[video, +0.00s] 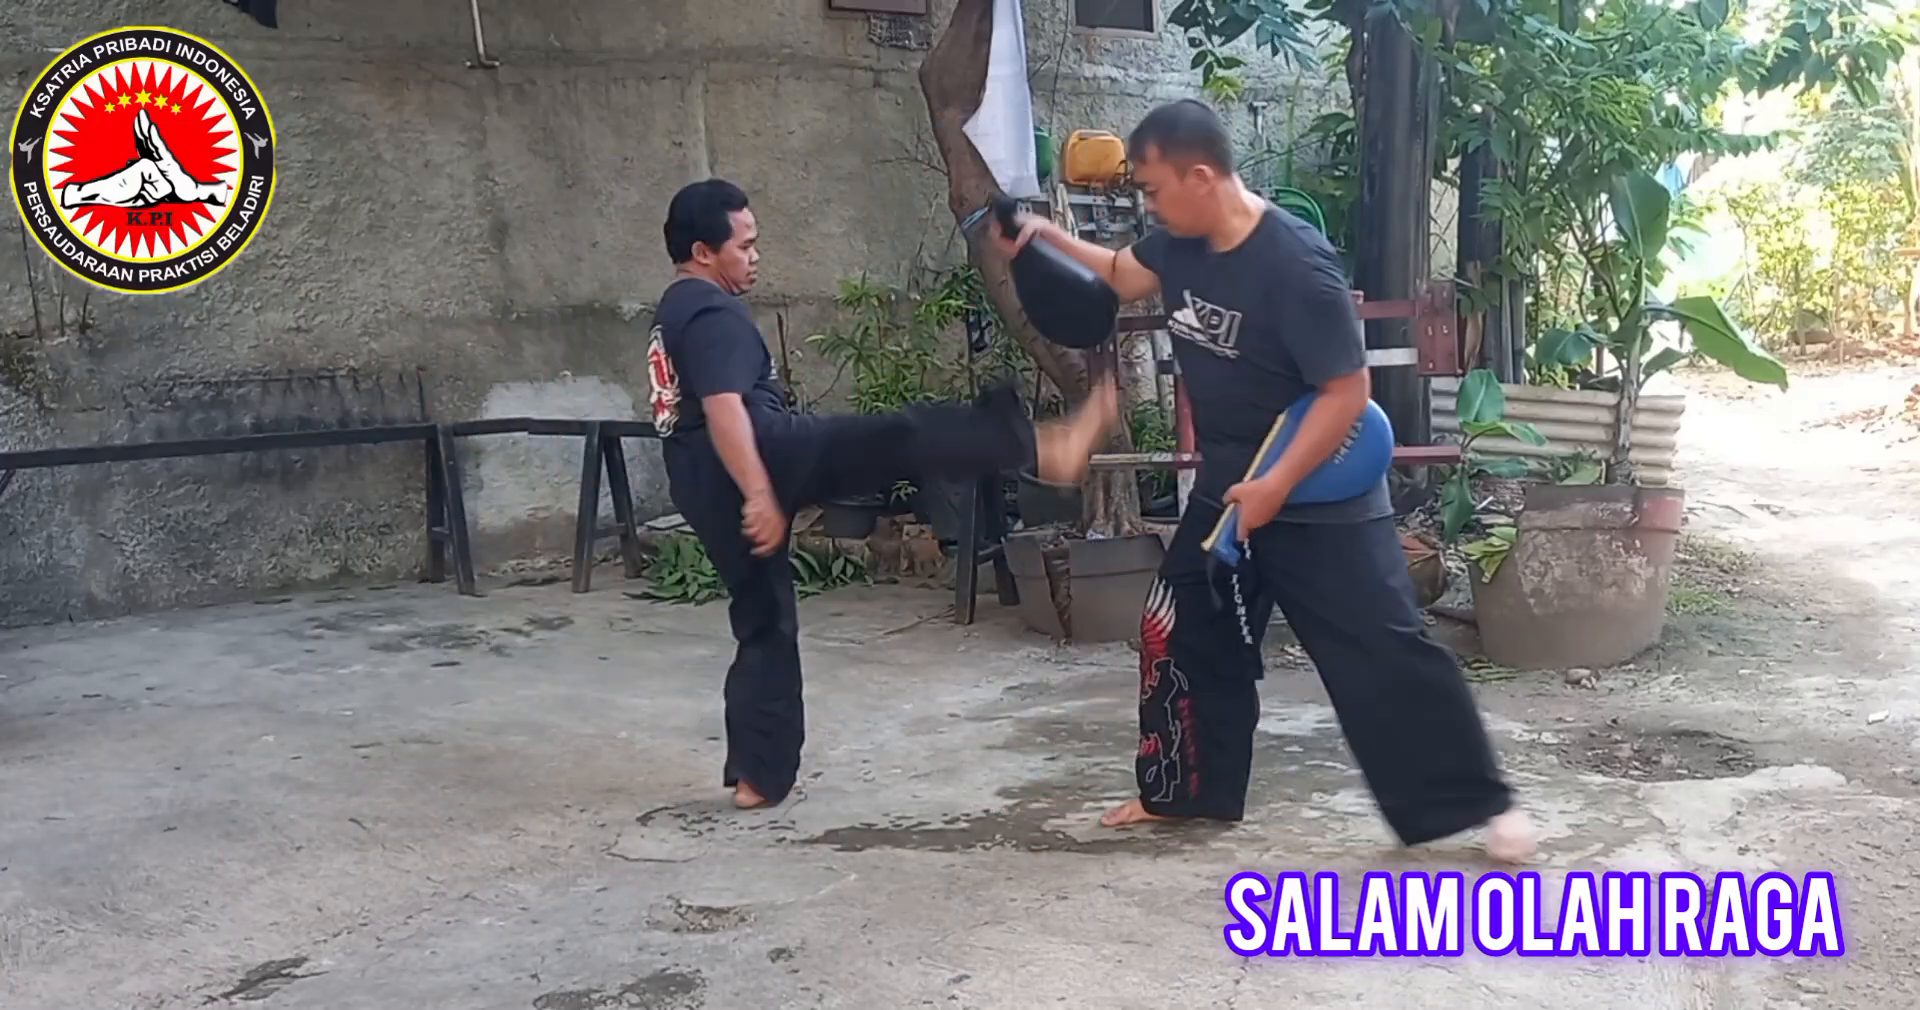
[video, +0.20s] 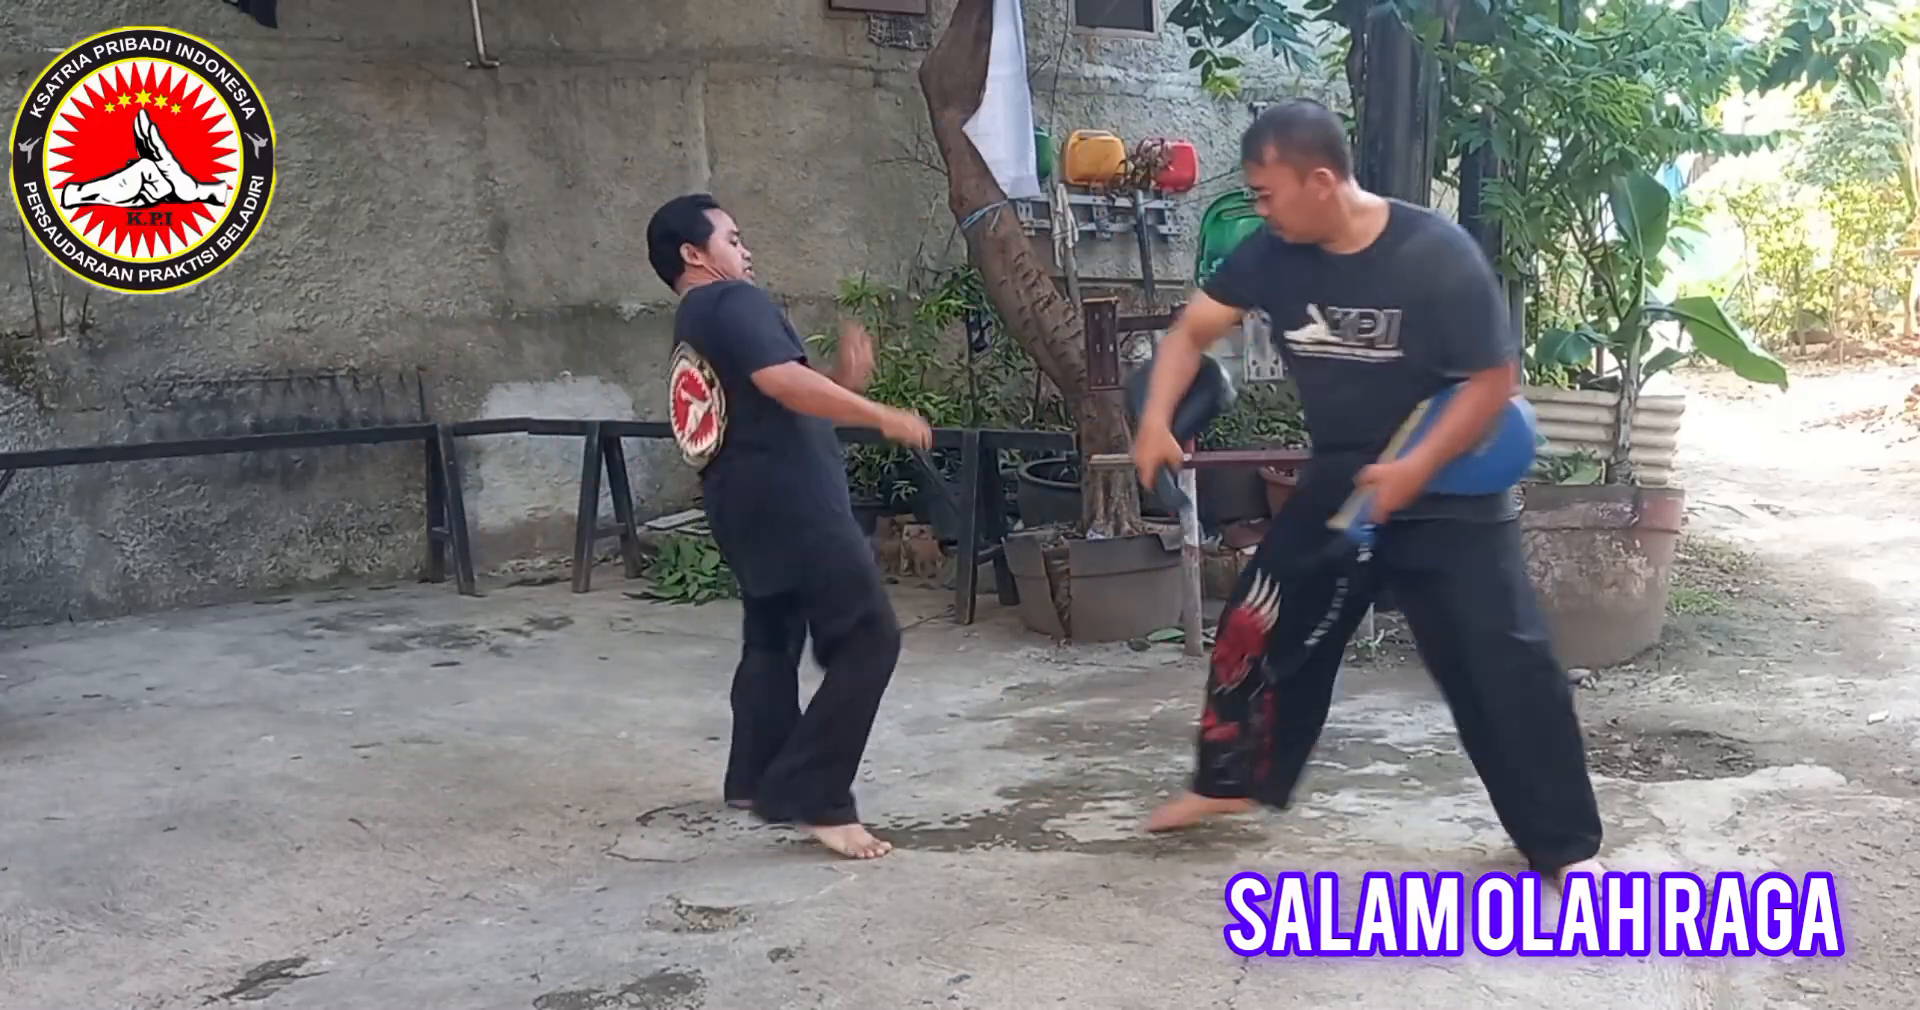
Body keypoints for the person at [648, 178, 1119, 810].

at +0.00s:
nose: (753, 256)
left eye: (752, 243)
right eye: (742, 244)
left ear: (700, 250)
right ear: (701, 250)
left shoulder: (682, 306)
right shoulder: (712, 313)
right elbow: (723, 413)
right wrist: (758, 492)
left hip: (706, 480)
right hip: (750, 463)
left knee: (764, 624)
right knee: (900, 437)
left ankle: (758, 776)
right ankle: (1051, 448)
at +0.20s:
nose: (745, 250)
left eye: (740, 237)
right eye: (732, 239)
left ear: (690, 259)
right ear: (695, 256)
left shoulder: (698, 313)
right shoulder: (732, 302)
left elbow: (763, 413)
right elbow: (782, 382)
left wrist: (840, 385)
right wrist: (882, 416)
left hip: (750, 504)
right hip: (794, 501)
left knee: (770, 643)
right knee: (870, 637)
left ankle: (755, 779)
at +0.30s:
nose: (741, 239)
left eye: (737, 228)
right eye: (727, 229)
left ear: (702, 247)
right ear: (688, 248)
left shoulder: (754, 314)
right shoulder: (695, 312)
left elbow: (864, 362)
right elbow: (731, 380)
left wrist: (885, 282)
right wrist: (830, 358)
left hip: (829, 501)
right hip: (787, 510)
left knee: (844, 630)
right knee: (834, 651)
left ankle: (768, 728)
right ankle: (805, 824)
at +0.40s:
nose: (729, 210)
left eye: (725, 198)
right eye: (712, 200)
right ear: (665, 219)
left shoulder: (781, 273)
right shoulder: (654, 305)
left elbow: (859, 356)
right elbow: (738, 344)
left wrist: (915, 418)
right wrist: (828, 307)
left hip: (874, 446)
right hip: (785, 490)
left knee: (988, 508)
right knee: (794, 648)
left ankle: (945, 579)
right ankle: (826, 814)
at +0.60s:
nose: (743, 277)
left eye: (740, 262)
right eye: (724, 268)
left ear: (744, 265)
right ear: (674, 291)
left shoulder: (795, 318)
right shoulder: (668, 398)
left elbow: (855, 389)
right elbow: (772, 451)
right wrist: (852, 378)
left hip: (892, 460)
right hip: (820, 537)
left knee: (1015, 440)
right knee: (825, 679)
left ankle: (1197, 438)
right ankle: (861, 830)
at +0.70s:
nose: (737, 270)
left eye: (737, 254)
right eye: (715, 263)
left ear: (747, 257)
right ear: (670, 290)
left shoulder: (805, 313)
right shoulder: (670, 396)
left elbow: (911, 349)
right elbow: (738, 481)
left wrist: (1006, 367)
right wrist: (840, 437)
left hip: (907, 467)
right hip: (824, 541)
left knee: (1053, 480)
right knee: (826, 680)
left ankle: (1210, 520)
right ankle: (856, 832)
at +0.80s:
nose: (774, 221)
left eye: (774, 206)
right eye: (752, 213)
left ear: (783, 210)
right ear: (706, 239)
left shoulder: (835, 279)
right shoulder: (692, 347)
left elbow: (944, 277)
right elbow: (726, 453)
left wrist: (980, 316)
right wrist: (813, 460)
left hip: (925, 472)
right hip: (831, 531)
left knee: (1046, 540)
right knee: (839, 677)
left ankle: (1104, 699)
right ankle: (857, 834)